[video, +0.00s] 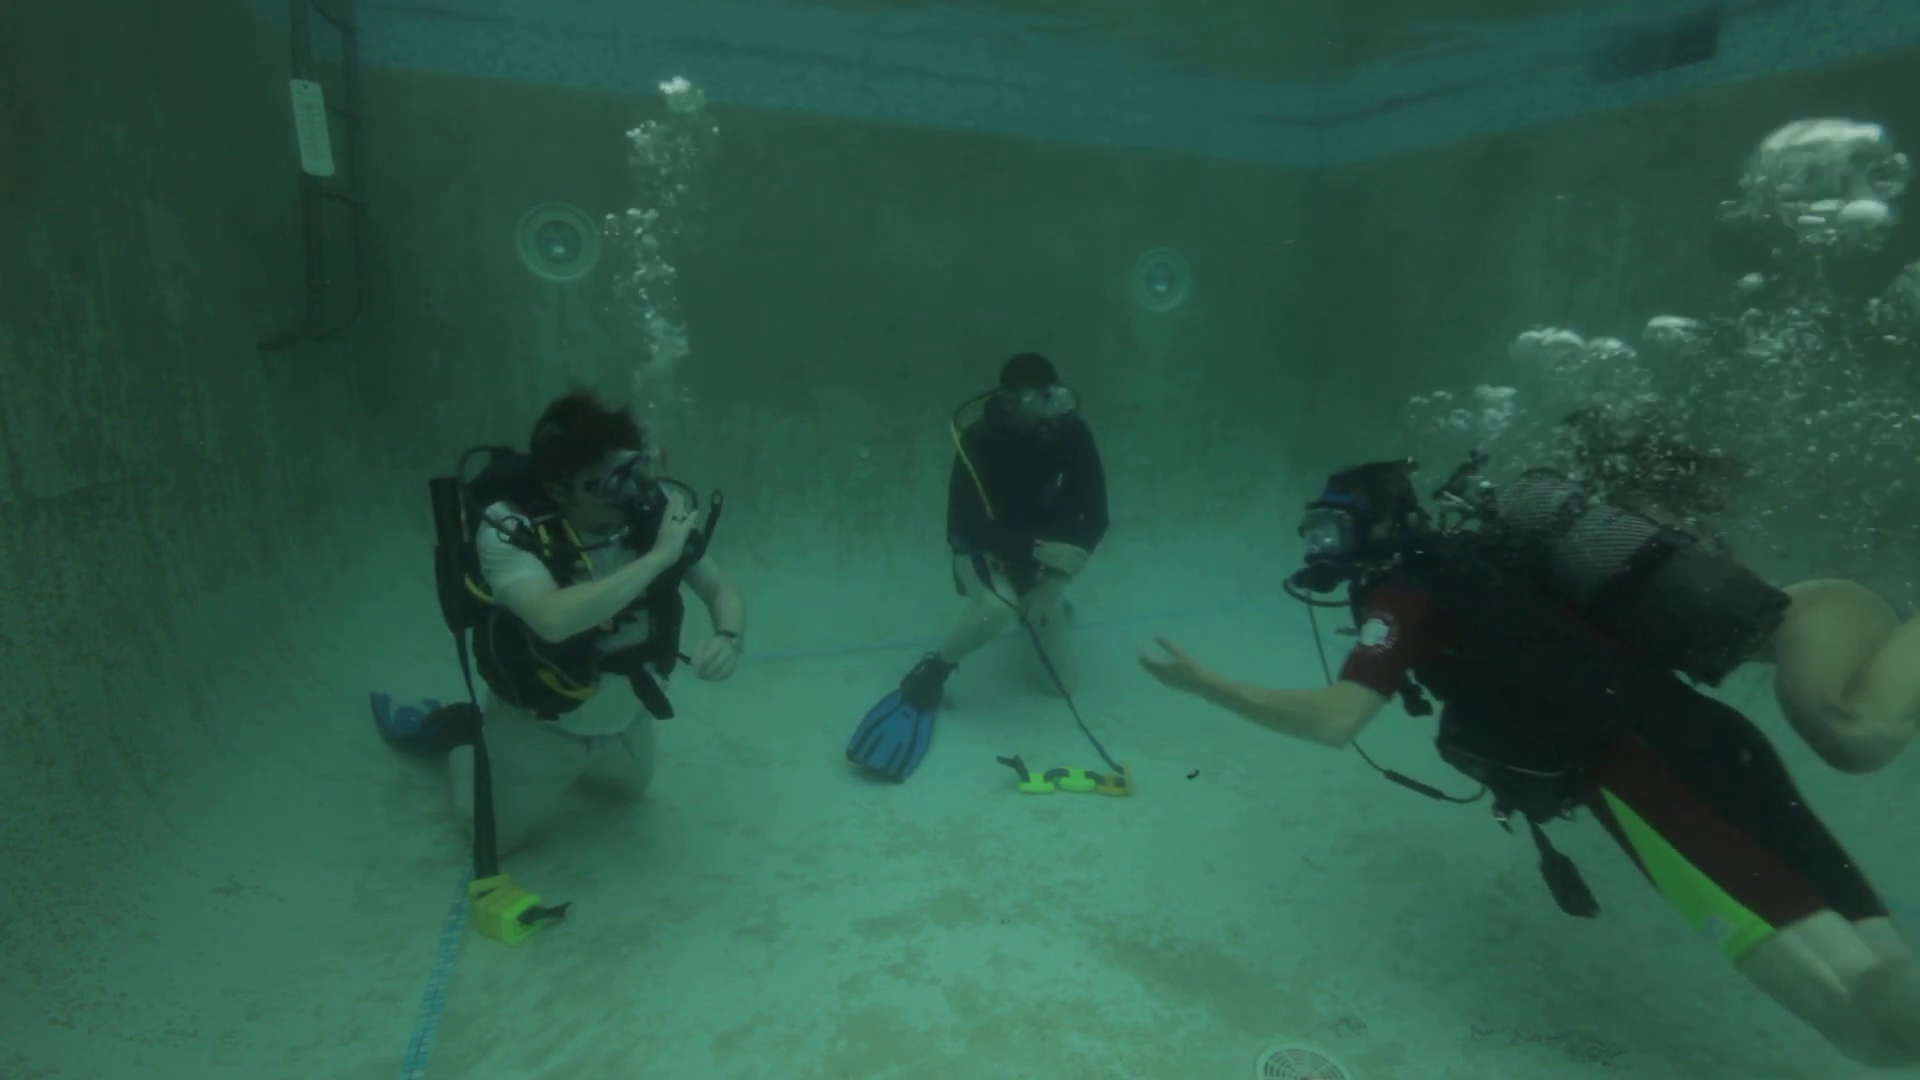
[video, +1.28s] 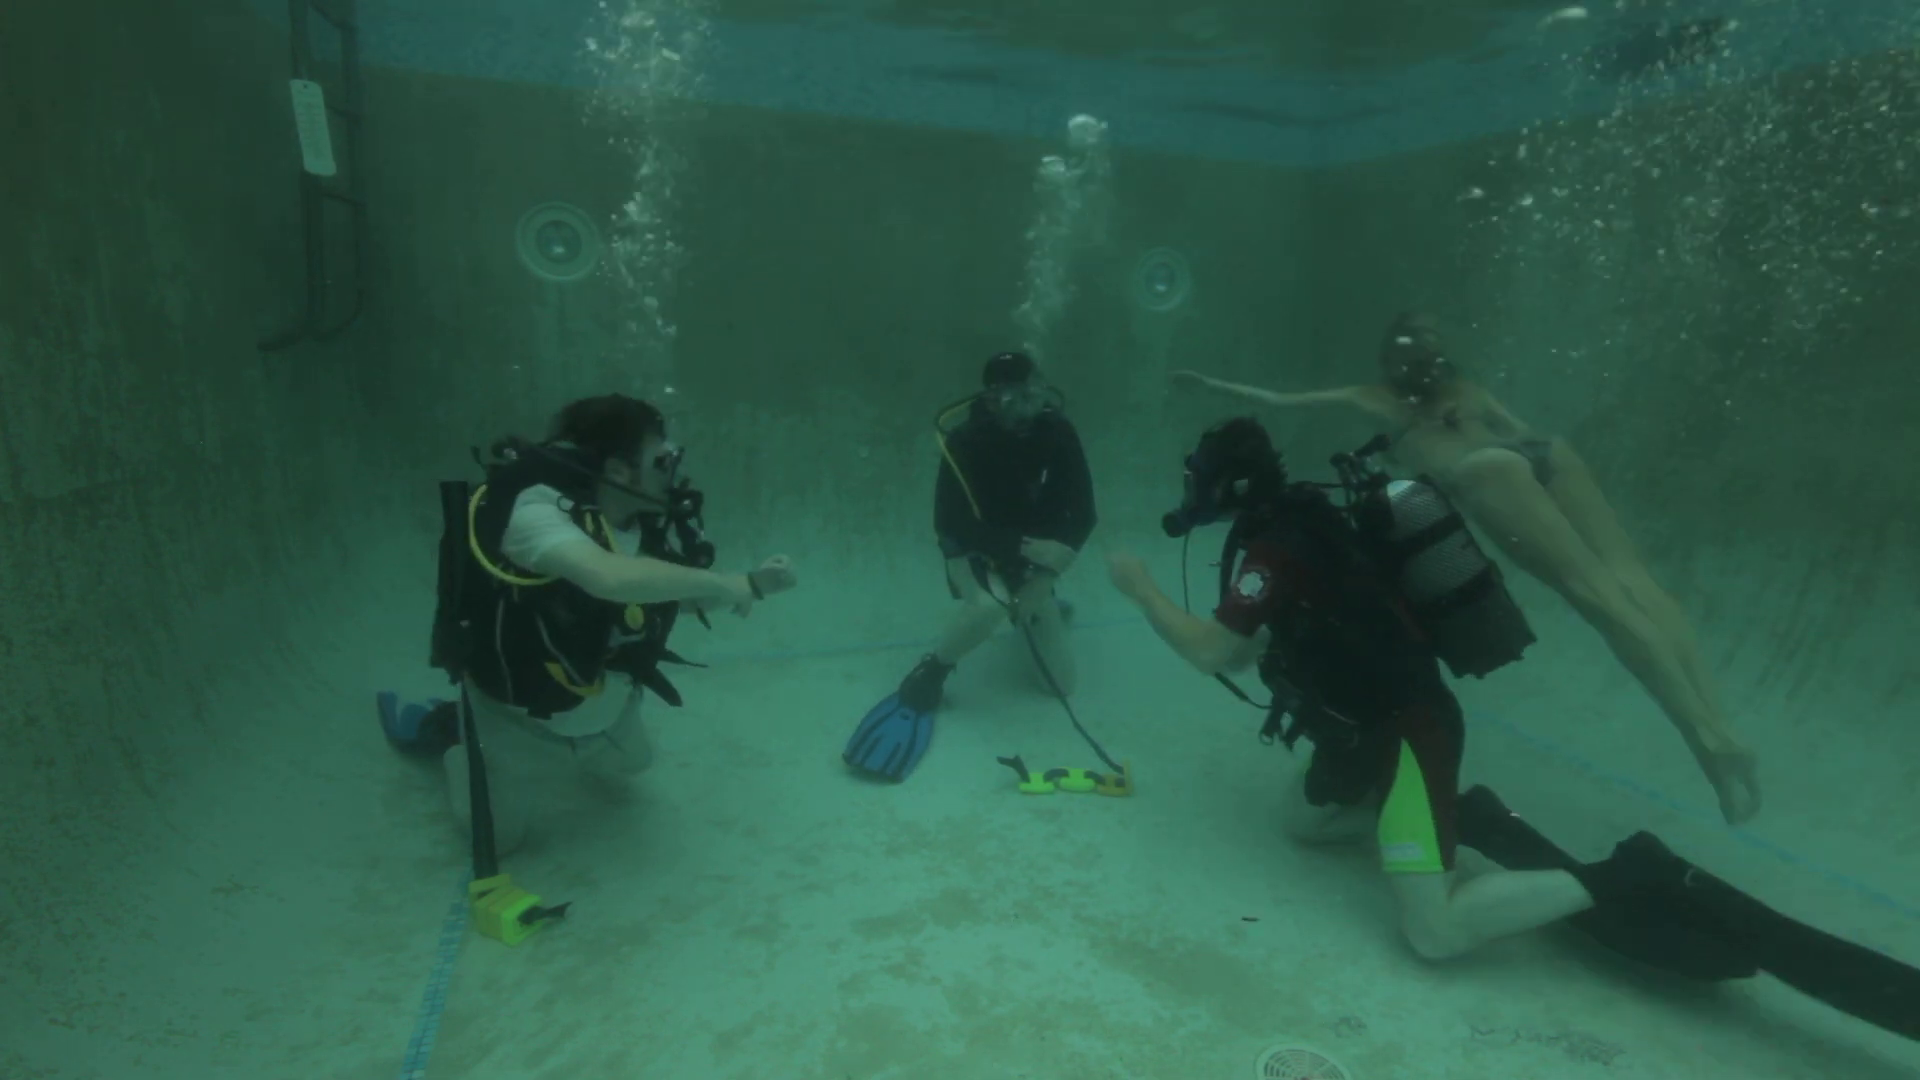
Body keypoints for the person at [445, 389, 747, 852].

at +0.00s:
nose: (635, 492)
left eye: (636, 472)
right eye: (614, 481)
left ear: (643, 462)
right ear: (562, 489)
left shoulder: (646, 512)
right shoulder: (506, 529)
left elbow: (719, 586)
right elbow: (552, 620)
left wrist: (727, 636)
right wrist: (660, 556)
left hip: (625, 711)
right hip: (538, 722)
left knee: (627, 786)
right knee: (503, 832)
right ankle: (461, 731)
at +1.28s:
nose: (675, 475)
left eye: (673, 461)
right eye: (662, 464)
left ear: (623, 470)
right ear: (616, 471)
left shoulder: (638, 510)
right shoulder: (533, 515)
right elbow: (608, 578)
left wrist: (716, 593)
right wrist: (734, 584)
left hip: (606, 701)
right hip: (520, 722)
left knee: (632, 762)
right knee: (495, 833)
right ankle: (455, 725)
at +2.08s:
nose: (706, 473)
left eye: (704, 459)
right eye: (695, 462)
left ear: (657, 467)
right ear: (651, 466)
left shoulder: (656, 520)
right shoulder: (590, 511)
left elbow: (679, 599)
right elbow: (685, 567)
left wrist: (749, 629)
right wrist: (798, 568)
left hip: (572, 695)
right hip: (505, 697)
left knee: (549, 753)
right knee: (469, 827)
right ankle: (417, 732)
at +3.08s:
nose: (734, 447)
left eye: (733, 434)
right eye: (725, 435)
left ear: (695, 439)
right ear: (687, 439)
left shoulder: (697, 490)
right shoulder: (635, 485)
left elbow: (750, 555)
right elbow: (564, 564)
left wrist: (829, 570)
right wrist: (575, 635)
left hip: (591, 665)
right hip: (545, 666)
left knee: (518, 754)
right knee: (519, 830)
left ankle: (374, 709)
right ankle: (379, 745)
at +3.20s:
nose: (730, 443)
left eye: (729, 431)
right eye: (721, 431)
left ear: (688, 432)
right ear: (686, 434)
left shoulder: (692, 482)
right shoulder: (640, 479)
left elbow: (725, 553)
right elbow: (585, 559)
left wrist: (782, 578)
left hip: (596, 660)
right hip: (560, 659)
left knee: (529, 781)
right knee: (530, 830)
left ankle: (366, 710)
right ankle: (382, 736)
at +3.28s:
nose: (729, 439)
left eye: (728, 427)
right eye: (722, 427)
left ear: (684, 423)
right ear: (687, 425)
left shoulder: (684, 470)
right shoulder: (640, 471)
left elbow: (715, 537)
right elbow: (597, 551)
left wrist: (759, 573)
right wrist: (682, 603)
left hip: (602, 650)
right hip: (569, 651)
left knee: (535, 781)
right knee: (540, 816)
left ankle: (388, 721)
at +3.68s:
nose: (749, 419)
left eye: (749, 407)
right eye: (742, 406)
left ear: (703, 409)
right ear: (706, 409)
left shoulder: (703, 461)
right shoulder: (659, 453)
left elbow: (719, 532)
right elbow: (606, 508)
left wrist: (777, 560)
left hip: (623, 637)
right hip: (593, 636)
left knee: (549, 740)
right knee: (559, 806)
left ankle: (444, 715)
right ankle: (440, 720)